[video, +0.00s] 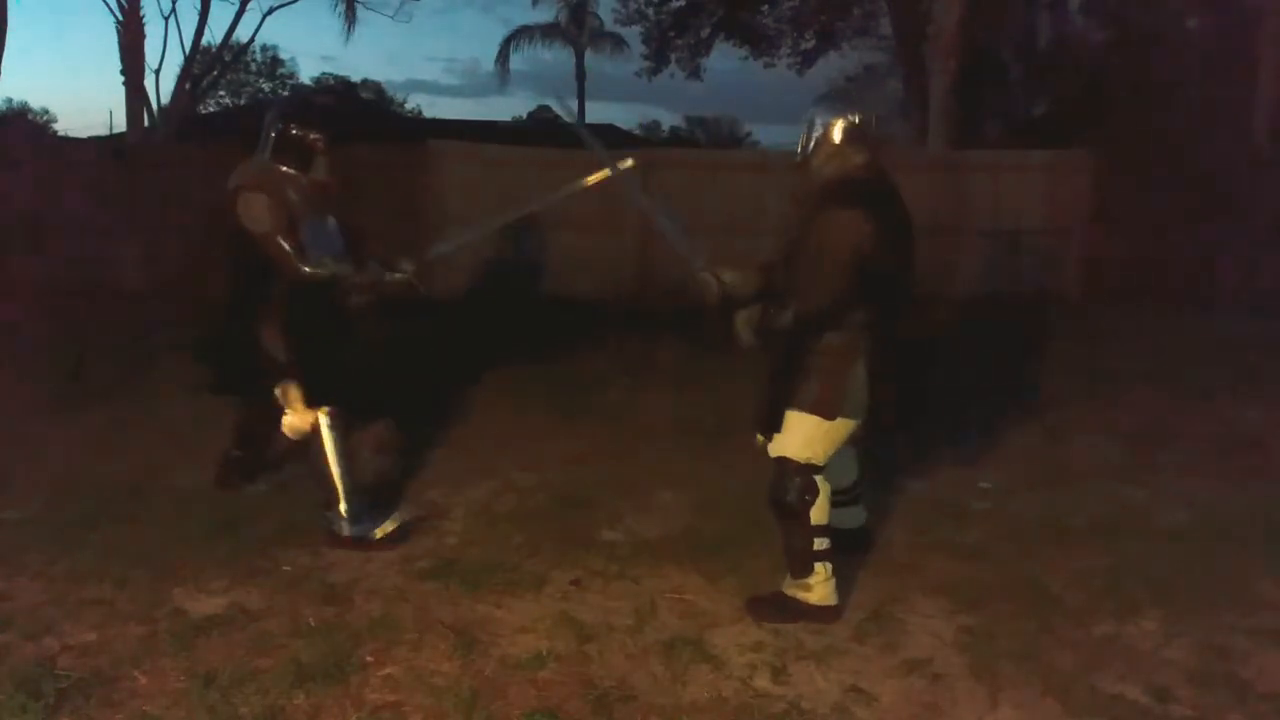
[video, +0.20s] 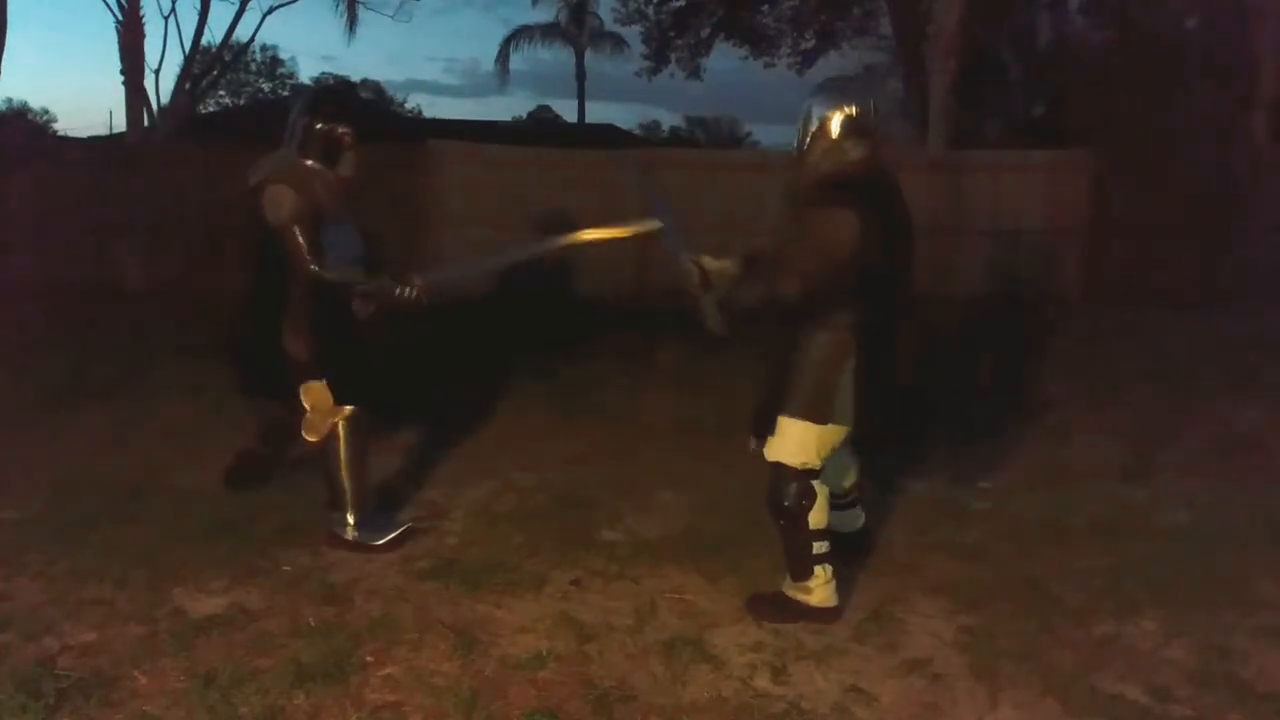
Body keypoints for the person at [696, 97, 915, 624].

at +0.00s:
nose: (807, 160)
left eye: (814, 149)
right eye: (809, 149)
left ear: (835, 150)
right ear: (858, 151)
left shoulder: (844, 208)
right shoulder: (869, 199)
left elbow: (822, 291)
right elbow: (803, 266)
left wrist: (770, 318)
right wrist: (749, 283)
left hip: (833, 353)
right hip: (853, 345)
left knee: (795, 467)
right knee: (831, 442)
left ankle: (811, 588)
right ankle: (849, 527)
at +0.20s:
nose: (804, 147)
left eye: (812, 136)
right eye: (807, 135)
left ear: (833, 138)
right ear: (860, 140)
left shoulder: (840, 198)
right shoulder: (867, 189)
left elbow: (803, 277)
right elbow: (798, 258)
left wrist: (732, 294)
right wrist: (739, 270)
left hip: (834, 343)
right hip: (851, 338)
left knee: (792, 466)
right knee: (826, 433)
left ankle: (810, 590)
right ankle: (847, 523)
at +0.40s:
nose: (802, 139)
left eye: (811, 128)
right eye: (807, 127)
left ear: (830, 132)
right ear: (864, 134)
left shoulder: (833, 191)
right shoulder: (872, 187)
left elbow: (789, 256)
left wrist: (719, 257)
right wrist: (729, 248)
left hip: (820, 340)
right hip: (849, 335)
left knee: (789, 475)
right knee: (824, 454)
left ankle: (810, 591)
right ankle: (850, 561)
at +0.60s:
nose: (795, 147)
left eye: (803, 137)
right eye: (802, 137)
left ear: (818, 140)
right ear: (851, 143)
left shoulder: (824, 190)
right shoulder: (852, 188)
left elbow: (760, 236)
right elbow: (765, 229)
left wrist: (691, 225)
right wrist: (702, 222)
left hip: (799, 337)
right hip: (827, 335)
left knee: (732, 455)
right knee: (800, 455)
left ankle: (736, 597)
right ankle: (843, 567)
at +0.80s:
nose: (771, 167)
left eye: (781, 159)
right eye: (778, 157)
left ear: (791, 165)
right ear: (823, 166)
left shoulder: (791, 212)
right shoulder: (823, 208)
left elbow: (731, 260)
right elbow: (729, 241)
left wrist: (655, 258)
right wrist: (655, 231)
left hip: (755, 350)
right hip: (794, 347)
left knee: (676, 471)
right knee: (767, 465)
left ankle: (681, 609)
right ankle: (841, 567)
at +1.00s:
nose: (743, 138)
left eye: (755, 126)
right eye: (745, 125)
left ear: (773, 132)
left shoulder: (763, 194)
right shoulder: (760, 182)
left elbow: (700, 262)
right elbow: (691, 227)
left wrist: (624, 260)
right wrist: (618, 219)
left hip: (722, 340)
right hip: (731, 332)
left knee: (665, 473)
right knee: (715, 449)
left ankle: (680, 611)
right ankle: (797, 537)